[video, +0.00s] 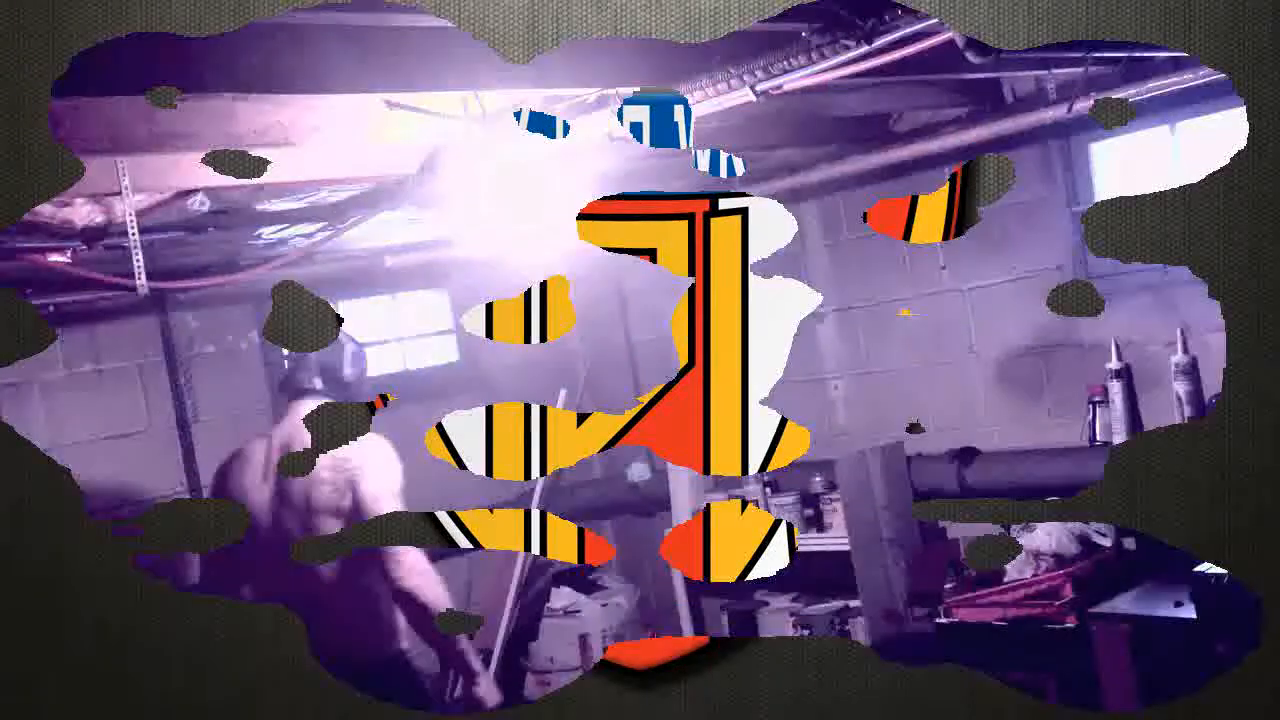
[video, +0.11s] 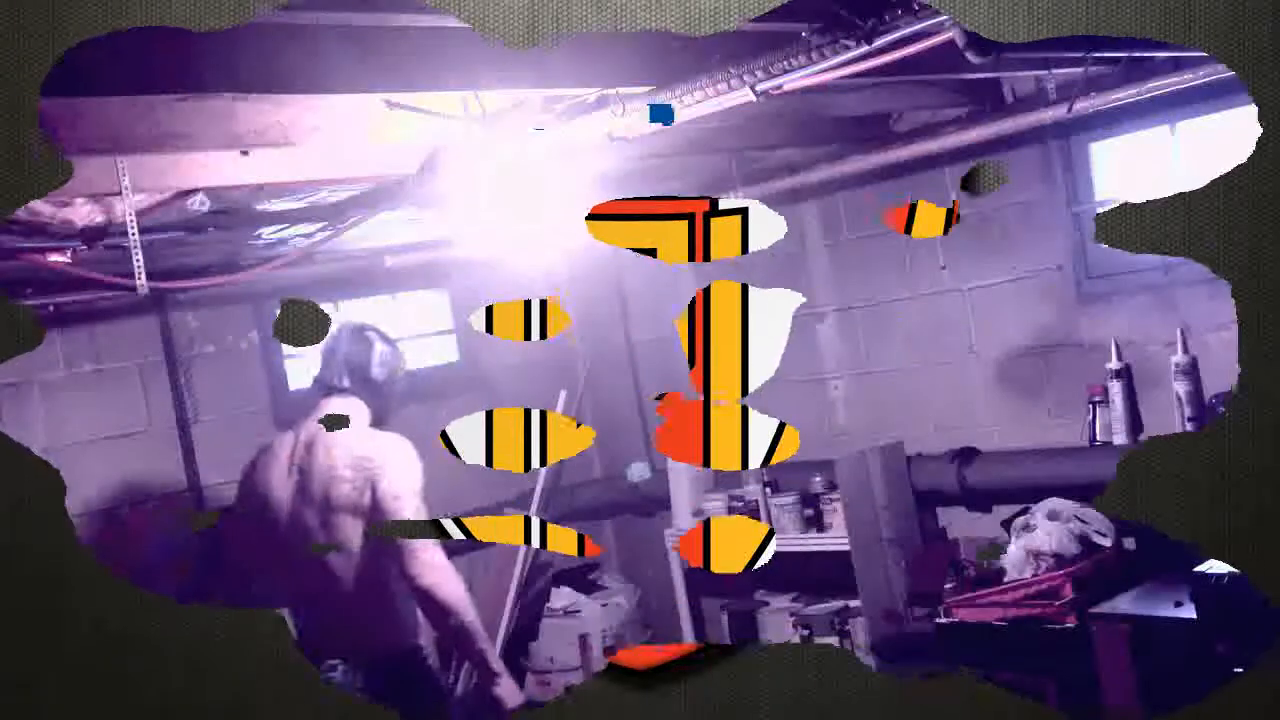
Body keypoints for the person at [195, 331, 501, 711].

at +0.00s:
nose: (372, 396)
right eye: (366, 381)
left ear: (287, 383)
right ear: (349, 381)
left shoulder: (236, 467)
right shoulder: (366, 451)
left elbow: (219, 583)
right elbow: (404, 570)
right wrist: (472, 667)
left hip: (288, 679)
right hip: (379, 671)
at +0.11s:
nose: (401, 396)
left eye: (401, 383)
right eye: (398, 383)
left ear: (322, 379)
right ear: (383, 382)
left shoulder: (263, 463)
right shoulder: (386, 451)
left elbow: (239, 575)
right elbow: (424, 569)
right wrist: (496, 673)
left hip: (313, 674)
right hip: (396, 671)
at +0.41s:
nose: (442, 388)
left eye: (444, 374)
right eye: (438, 373)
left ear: (378, 367)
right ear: (409, 368)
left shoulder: (314, 442)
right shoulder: (386, 445)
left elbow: (298, 560)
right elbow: (402, 565)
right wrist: (478, 658)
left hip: (330, 651)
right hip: (389, 659)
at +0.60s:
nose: (453, 377)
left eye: (453, 361)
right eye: (446, 360)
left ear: (406, 360)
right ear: (413, 360)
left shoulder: (381, 427)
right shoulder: (369, 433)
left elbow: (376, 550)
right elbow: (362, 561)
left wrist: (431, 643)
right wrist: (428, 656)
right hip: (393, 646)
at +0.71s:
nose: (454, 376)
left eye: (454, 362)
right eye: (446, 361)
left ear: (409, 361)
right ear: (412, 360)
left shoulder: (384, 427)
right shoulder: (368, 432)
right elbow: (347, 558)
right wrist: (389, 641)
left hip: (419, 620)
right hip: (400, 625)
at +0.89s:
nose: (460, 386)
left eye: (460, 371)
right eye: (448, 369)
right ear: (412, 368)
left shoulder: (415, 438)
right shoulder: (358, 436)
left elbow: (444, 530)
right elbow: (311, 550)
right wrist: (340, 650)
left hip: (427, 626)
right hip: (375, 634)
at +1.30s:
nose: (428, 400)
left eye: (432, 386)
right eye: (413, 388)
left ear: (437, 378)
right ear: (378, 386)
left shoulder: (441, 444)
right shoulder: (331, 451)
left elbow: (469, 539)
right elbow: (290, 563)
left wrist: (514, 619)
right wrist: (297, 664)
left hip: (435, 636)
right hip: (365, 640)